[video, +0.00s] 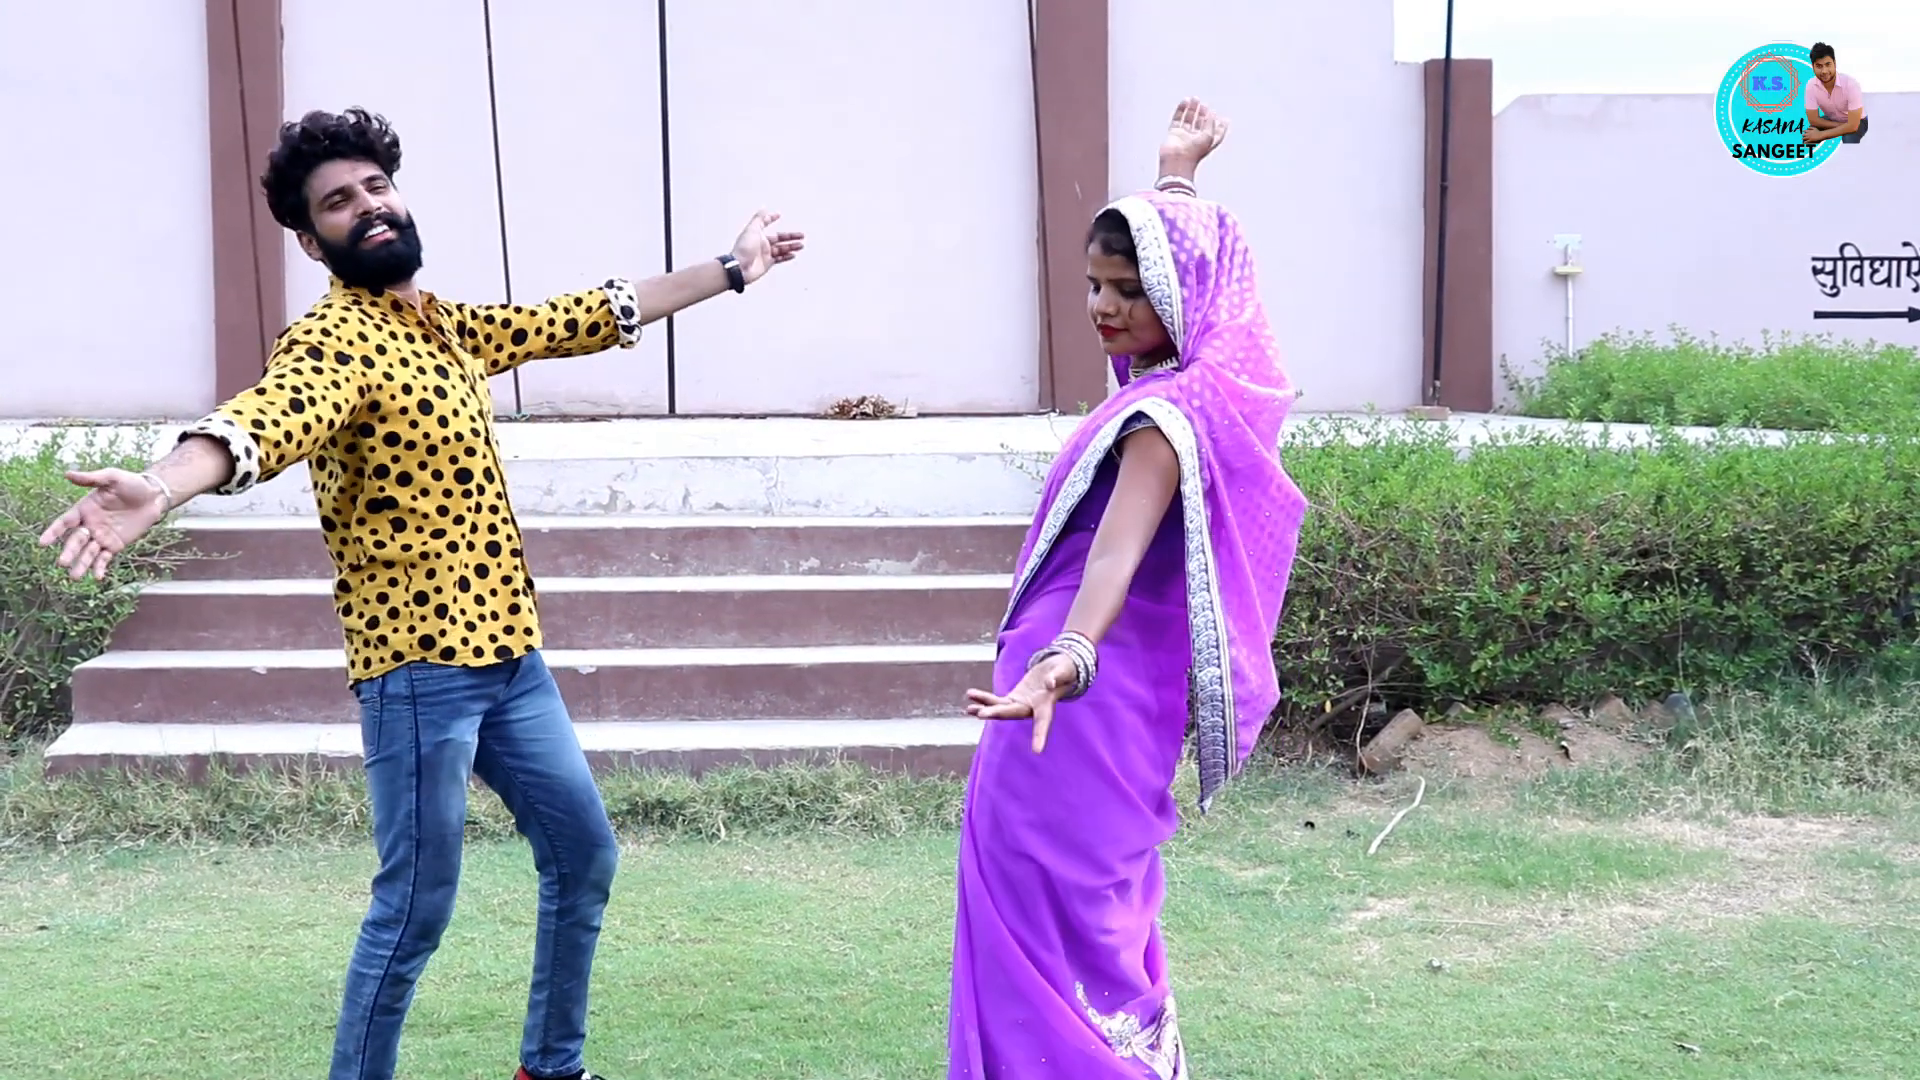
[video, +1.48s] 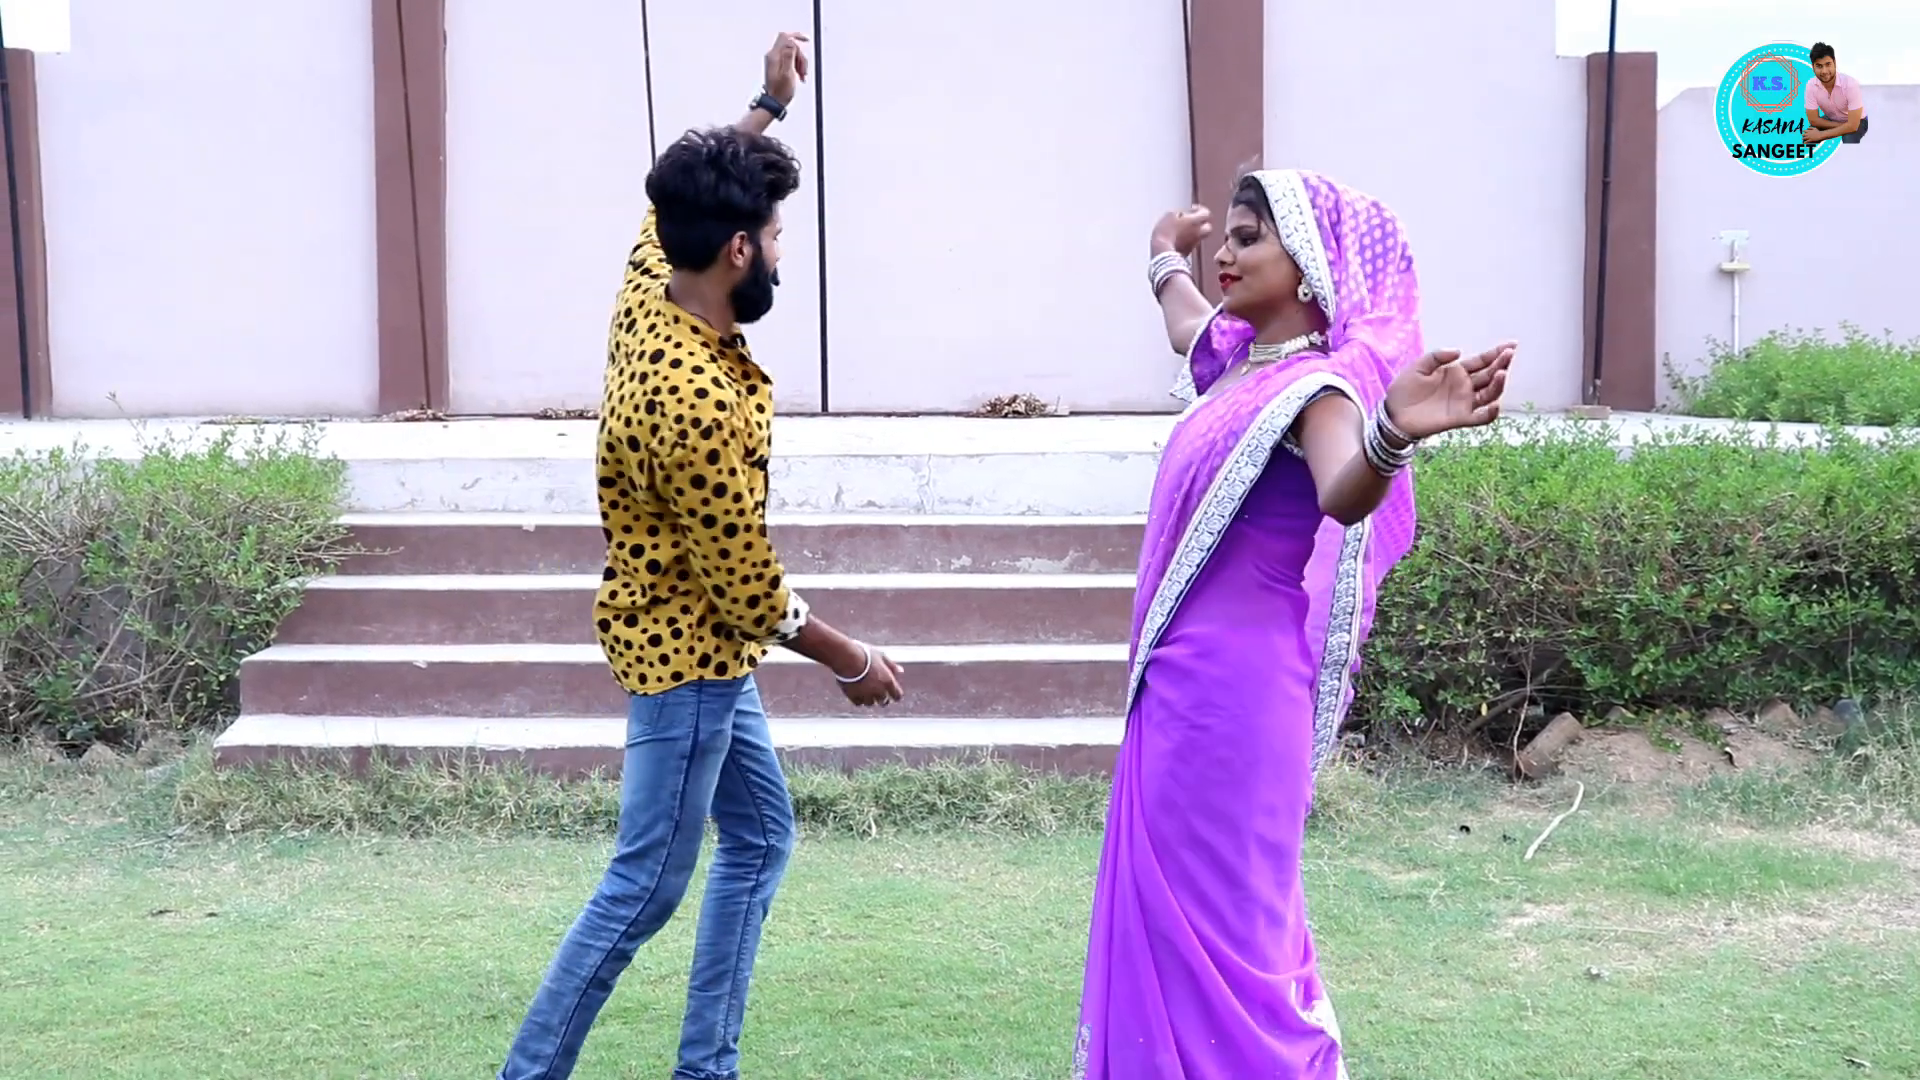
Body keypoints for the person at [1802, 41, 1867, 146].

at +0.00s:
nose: (1824, 71)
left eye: (1828, 65)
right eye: (1819, 66)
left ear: (1835, 64)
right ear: (1813, 67)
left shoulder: (1850, 85)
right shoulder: (1811, 86)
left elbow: (1853, 126)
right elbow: (1813, 120)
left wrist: (1820, 135)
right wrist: (1843, 126)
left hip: (1854, 122)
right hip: (1829, 121)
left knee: (1849, 140)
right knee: (1810, 136)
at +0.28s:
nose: (1824, 71)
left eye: (1828, 65)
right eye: (1819, 66)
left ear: (1835, 64)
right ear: (1813, 67)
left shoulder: (1850, 85)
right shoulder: (1811, 86)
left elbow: (1853, 126)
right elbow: (1813, 120)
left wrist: (1820, 135)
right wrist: (1843, 126)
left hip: (1854, 122)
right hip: (1829, 121)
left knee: (1849, 140)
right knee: (1810, 136)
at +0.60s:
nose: (1824, 71)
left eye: (1828, 65)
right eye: (1819, 66)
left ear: (1835, 63)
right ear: (1813, 67)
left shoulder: (1851, 85)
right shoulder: (1812, 86)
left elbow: (1852, 126)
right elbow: (1813, 120)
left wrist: (1820, 135)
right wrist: (1843, 126)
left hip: (1855, 122)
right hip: (1829, 121)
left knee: (1849, 140)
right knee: (1810, 136)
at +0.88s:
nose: (1824, 71)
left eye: (1828, 65)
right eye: (1819, 66)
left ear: (1835, 63)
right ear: (1813, 67)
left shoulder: (1851, 85)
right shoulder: (1812, 86)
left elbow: (1853, 126)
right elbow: (1813, 120)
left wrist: (1820, 135)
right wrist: (1843, 126)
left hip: (1855, 122)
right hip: (1830, 121)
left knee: (1848, 140)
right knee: (1810, 136)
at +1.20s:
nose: (1824, 71)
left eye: (1828, 65)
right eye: (1819, 66)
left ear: (1835, 63)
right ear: (1813, 67)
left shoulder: (1850, 85)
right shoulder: (1812, 86)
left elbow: (1853, 126)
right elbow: (1813, 120)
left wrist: (1820, 135)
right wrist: (1843, 126)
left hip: (1855, 122)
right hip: (1830, 121)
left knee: (1848, 140)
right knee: (1810, 136)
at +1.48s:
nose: (1824, 71)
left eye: (1828, 65)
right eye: (1819, 66)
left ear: (1835, 63)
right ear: (1813, 67)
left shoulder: (1850, 85)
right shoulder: (1812, 86)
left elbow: (1853, 126)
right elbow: (1813, 120)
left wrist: (1820, 135)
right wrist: (1843, 126)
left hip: (1855, 122)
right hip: (1830, 121)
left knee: (1848, 140)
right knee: (1810, 136)